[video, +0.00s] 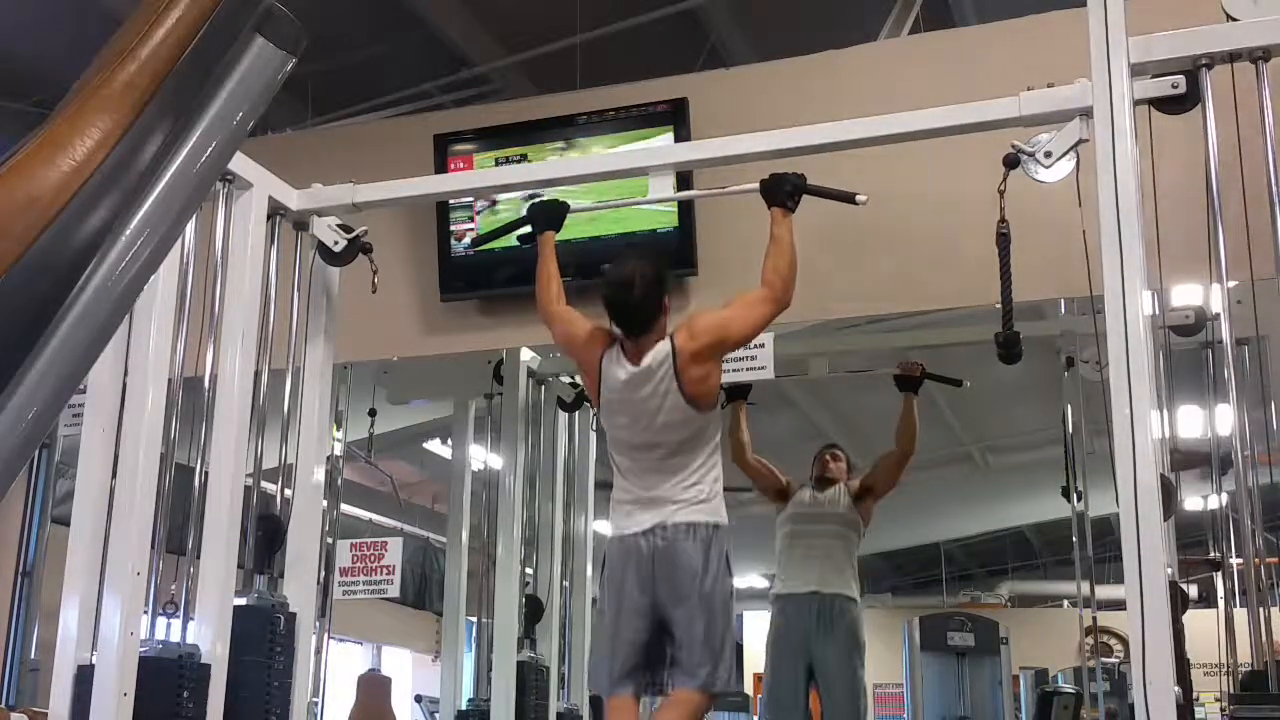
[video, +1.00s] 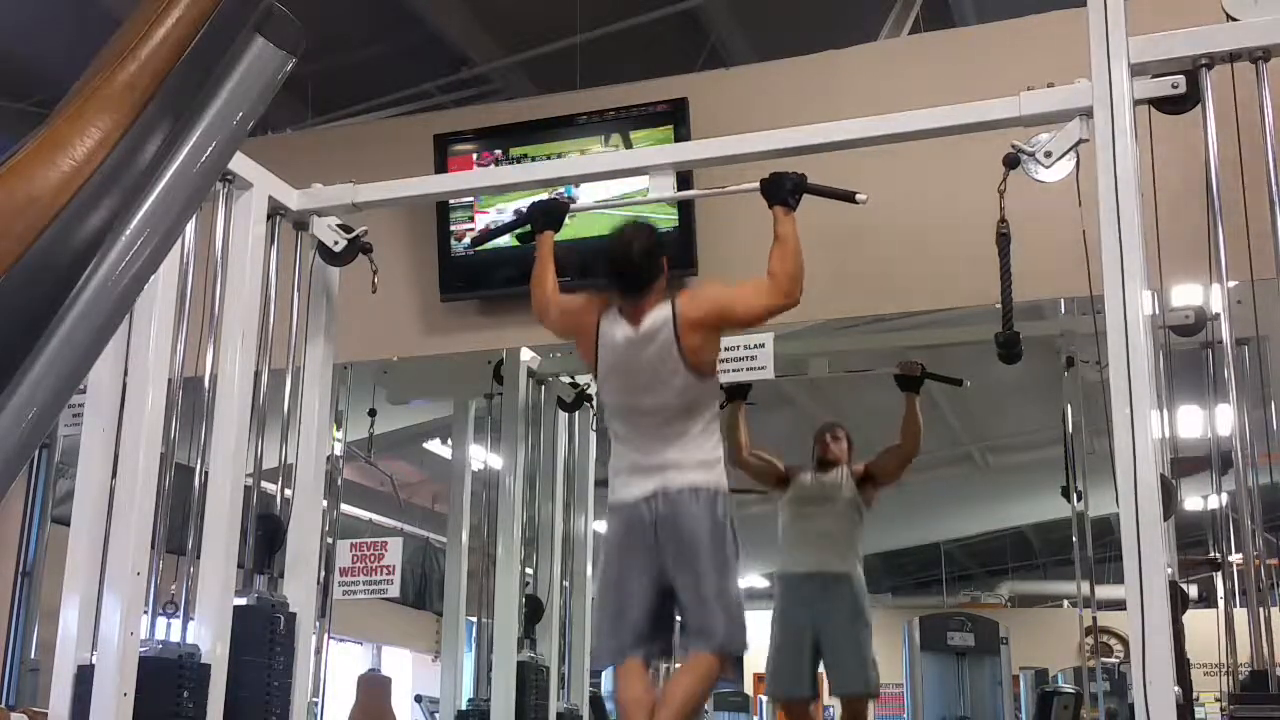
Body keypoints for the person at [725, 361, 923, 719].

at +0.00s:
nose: (827, 459)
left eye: (836, 457)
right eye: (821, 457)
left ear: (847, 471)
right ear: (811, 470)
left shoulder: (859, 495)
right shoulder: (787, 493)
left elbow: (903, 451)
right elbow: (743, 458)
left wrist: (909, 395)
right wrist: (737, 401)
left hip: (840, 606)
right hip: (788, 606)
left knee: (845, 705)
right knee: (782, 703)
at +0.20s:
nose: (828, 443)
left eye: (836, 440)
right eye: (822, 440)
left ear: (848, 453)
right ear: (811, 452)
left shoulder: (860, 478)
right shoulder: (789, 478)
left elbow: (904, 448)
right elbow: (740, 455)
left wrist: (910, 394)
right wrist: (736, 402)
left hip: (840, 585)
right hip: (789, 584)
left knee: (843, 690)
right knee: (779, 690)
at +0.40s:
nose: (827, 400)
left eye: (835, 398)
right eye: (820, 398)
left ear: (847, 413)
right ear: (812, 413)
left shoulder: (860, 439)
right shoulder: (791, 442)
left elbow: (908, 448)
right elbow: (741, 451)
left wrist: (912, 393)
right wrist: (736, 402)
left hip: (841, 542)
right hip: (792, 542)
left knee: (845, 648)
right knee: (782, 642)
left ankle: (831, 716)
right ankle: (811, 713)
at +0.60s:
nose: (821, 383)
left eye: (828, 377)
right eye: (815, 378)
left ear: (843, 383)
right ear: (805, 382)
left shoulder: (861, 409)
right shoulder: (789, 413)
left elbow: (906, 446)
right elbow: (747, 450)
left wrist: (912, 393)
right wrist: (738, 402)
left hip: (844, 511)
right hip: (796, 513)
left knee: (848, 616)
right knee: (794, 616)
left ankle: (838, 709)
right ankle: (833, 705)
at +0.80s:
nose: (824, 392)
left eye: (832, 389)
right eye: (818, 390)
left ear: (846, 403)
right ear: (811, 402)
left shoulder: (861, 433)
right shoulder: (790, 434)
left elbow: (910, 447)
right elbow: (740, 450)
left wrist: (912, 393)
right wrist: (736, 404)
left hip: (845, 541)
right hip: (795, 543)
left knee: (856, 644)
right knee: (799, 644)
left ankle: (850, 716)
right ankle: (834, 714)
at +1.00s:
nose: (827, 442)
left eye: (835, 438)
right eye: (821, 438)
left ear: (849, 450)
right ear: (812, 450)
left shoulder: (859, 478)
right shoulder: (790, 478)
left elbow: (907, 450)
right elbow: (740, 456)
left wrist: (911, 394)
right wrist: (735, 401)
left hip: (842, 587)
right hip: (792, 588)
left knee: (855, 694)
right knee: (791, 696)